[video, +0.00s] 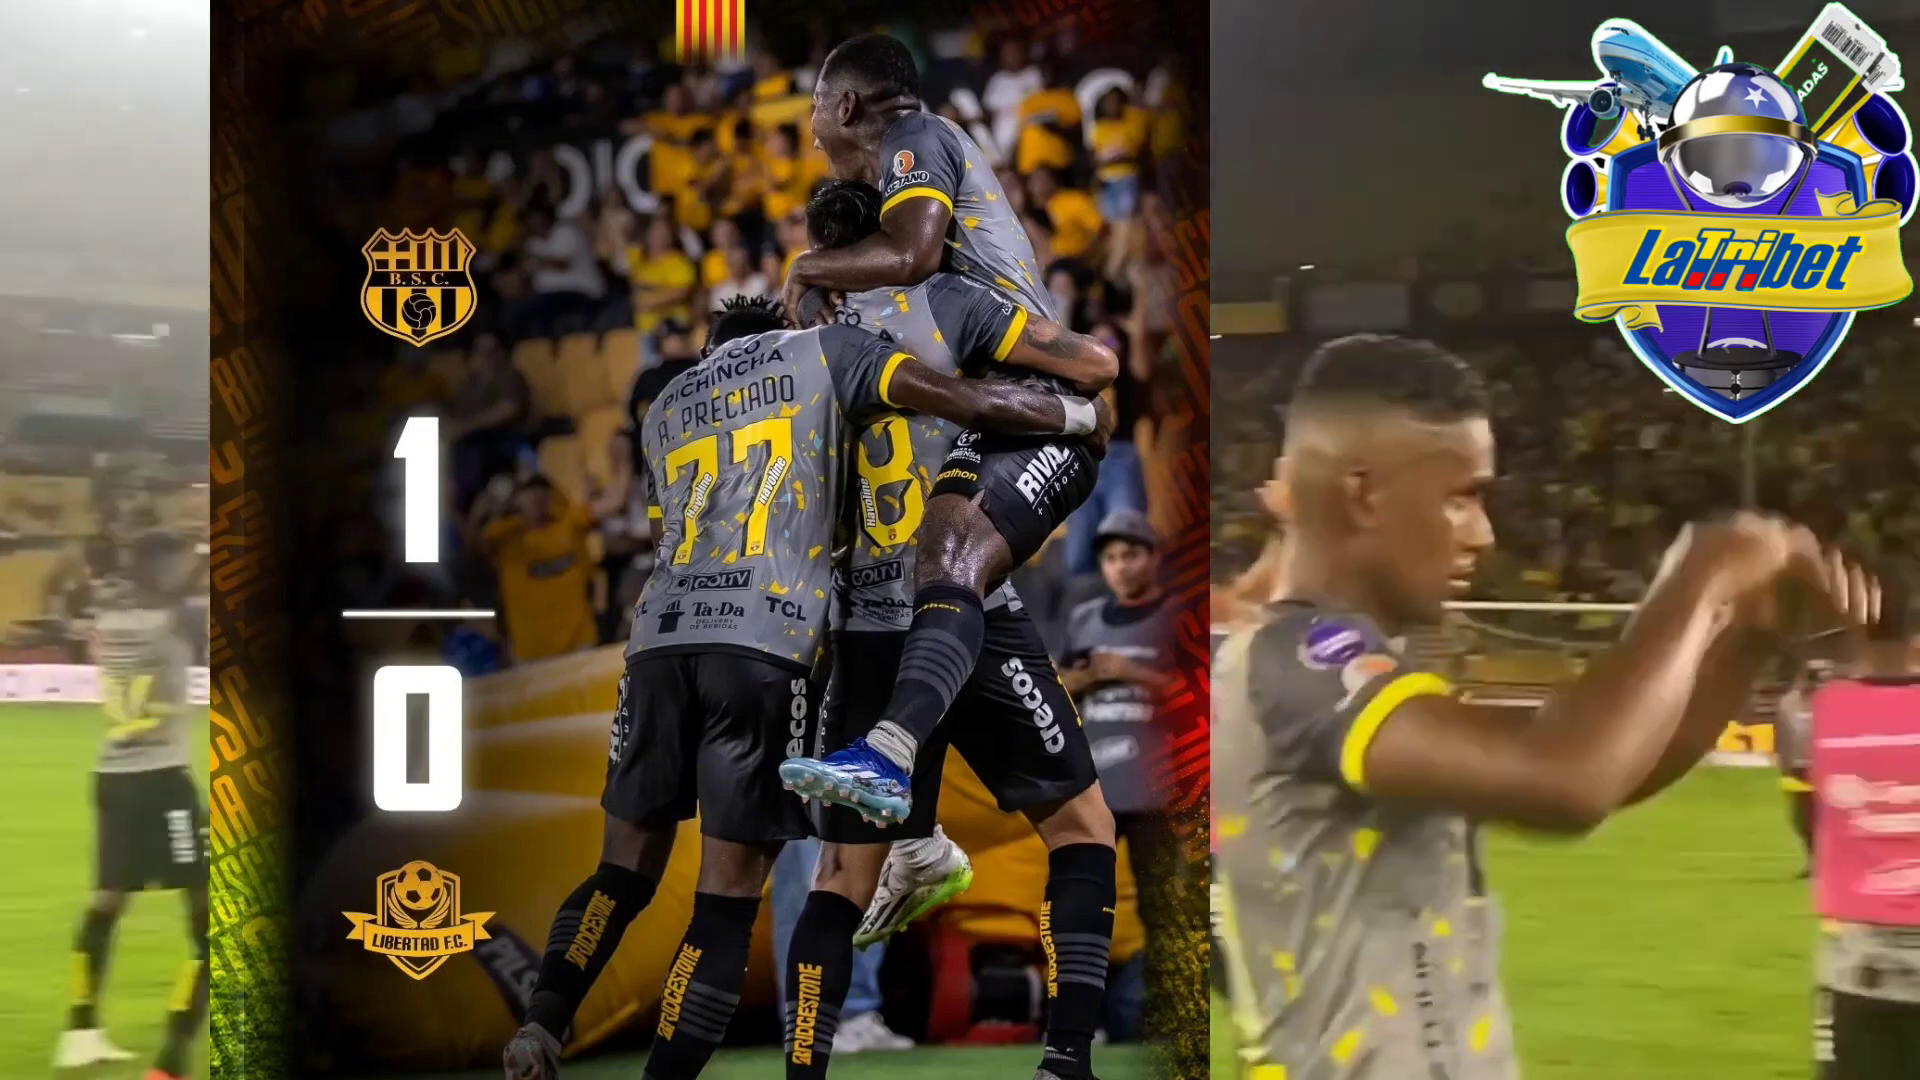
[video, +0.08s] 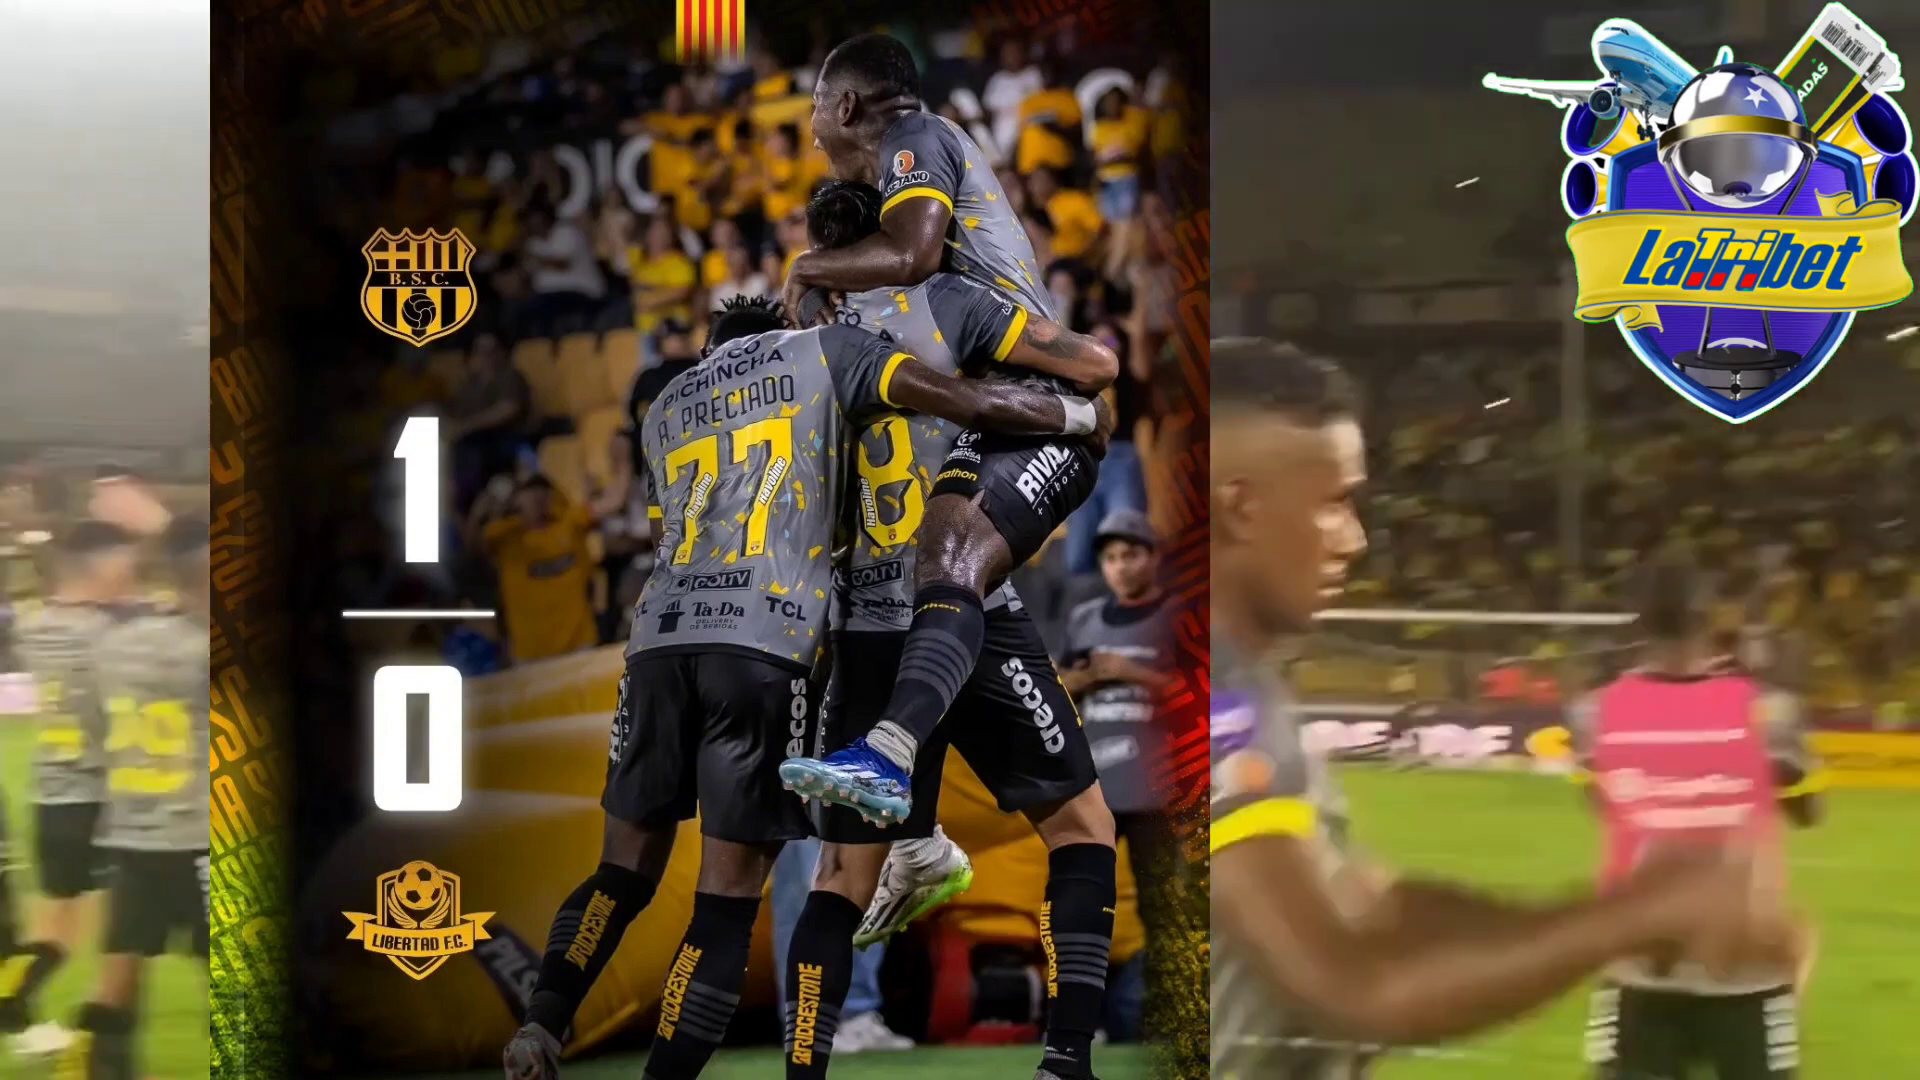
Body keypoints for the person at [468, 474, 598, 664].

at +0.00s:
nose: (537, 500)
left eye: (541, 493)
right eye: (529, 494)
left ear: (551, 497)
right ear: (518, 501)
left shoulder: (570, 525)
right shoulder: (504, 534)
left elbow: (611, 503)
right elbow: (473, 543)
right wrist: (482, 507)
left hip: (576, 639)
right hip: (529, 644)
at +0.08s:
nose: (537, 499)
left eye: (541, 493)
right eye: (529, 493)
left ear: (551, 497)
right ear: (517, 500)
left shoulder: (570, 525)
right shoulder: (504, 534)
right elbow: (473, 543)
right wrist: (481, 509)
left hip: (576, 638)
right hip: (529, 643)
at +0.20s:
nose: (537, 500)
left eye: (541, 494)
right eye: (529, 494)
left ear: (551, 497)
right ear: (518, 501)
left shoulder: (570, 524)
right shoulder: (504, 534)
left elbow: (612, 503)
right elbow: (472, 543)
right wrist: (482, 507)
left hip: (576, 638)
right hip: (529, 644)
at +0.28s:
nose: (537, 500)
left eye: (541, 493)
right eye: (529, 494)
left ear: (551, 497)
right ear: (518, 501)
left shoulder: (570, 524)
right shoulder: (504, 534)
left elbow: (611, 503)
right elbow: (472, 542)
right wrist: (482, 507)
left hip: (576, 638)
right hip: (529, 643)